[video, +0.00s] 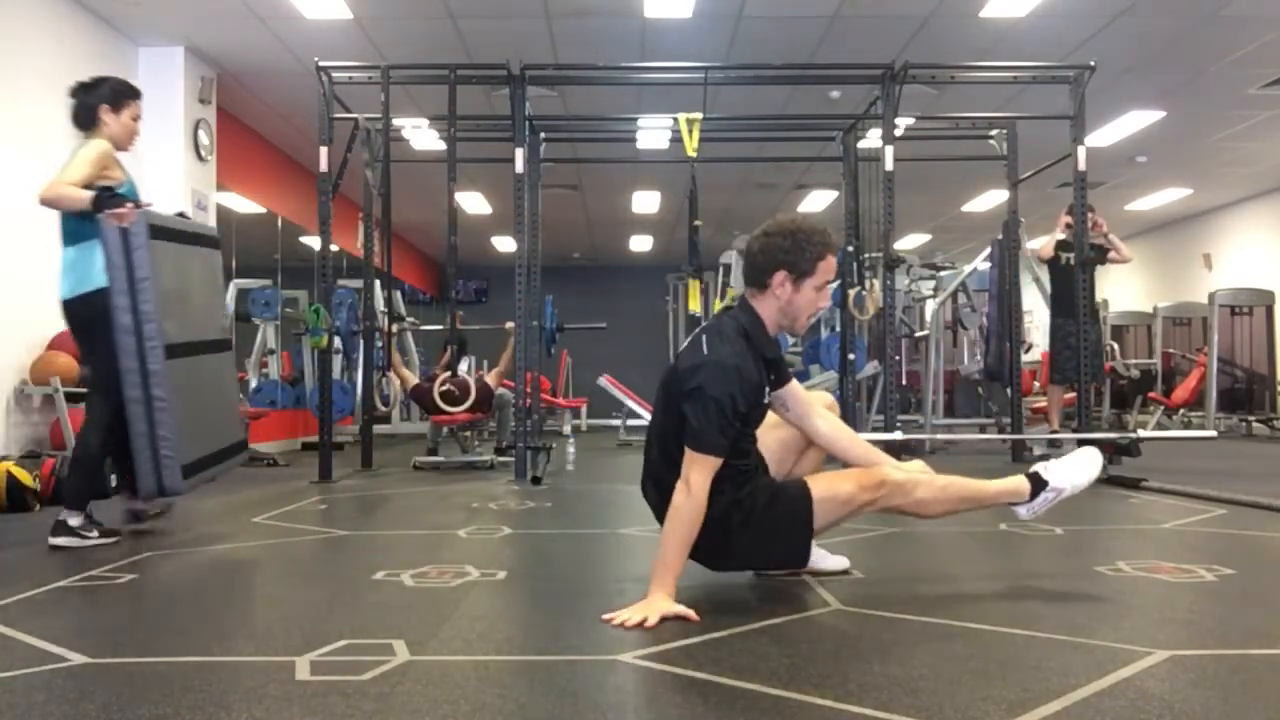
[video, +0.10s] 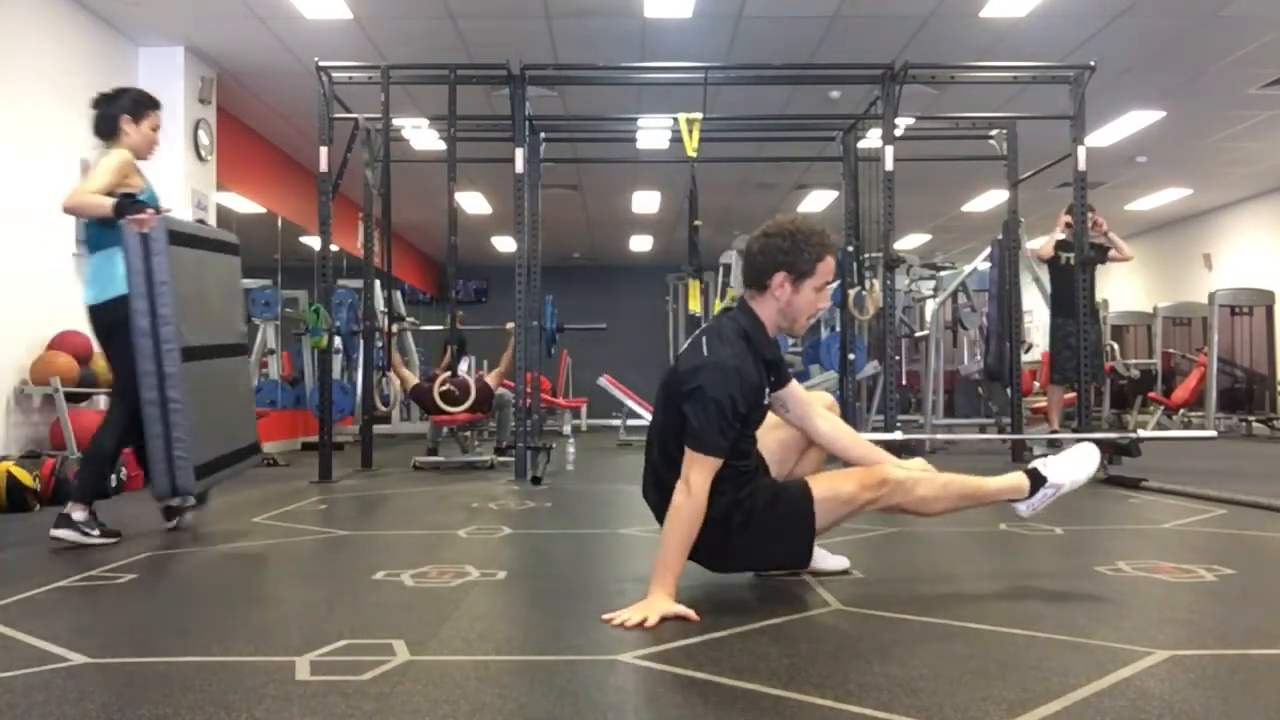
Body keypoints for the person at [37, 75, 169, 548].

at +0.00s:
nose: (138, 127)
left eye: (139, 118)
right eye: (133, 117)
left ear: (104, 115)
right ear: (106, 114)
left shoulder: (104, 158)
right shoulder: (97, 149)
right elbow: (52, 193)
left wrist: (131, 209)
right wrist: (102, 205)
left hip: (101, 294)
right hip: (94, 294)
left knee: (122, 396)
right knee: (108, 397)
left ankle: (136, 500)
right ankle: (72, 515)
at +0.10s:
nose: (157, 137)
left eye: (158, 129)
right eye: (153, 127)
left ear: (123, 126)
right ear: (126, 124)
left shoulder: (123, 168)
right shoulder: (119, 159)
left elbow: (102, 229)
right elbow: (75, 201)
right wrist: (124, 212)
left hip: (120, 301)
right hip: (119, 300)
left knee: (143, 400)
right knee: (129, 401)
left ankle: (169, 496)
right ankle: (77, 511)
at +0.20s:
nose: (181, 146)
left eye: (183, 138)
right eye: (177, 136)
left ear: (150, 136)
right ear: (152, 134)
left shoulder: (152, 176)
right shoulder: (145, 169)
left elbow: (122, 221)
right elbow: (104, 211)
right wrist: (146, 220)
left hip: (149, 304)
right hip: (148, 305)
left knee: (164, 407)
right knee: (167, 407)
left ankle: (182, 503)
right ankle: (106, 486)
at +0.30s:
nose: (204, 152)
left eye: (205, 143)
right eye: (200, 141)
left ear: (177, 139)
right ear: (173, 137)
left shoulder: (174, 179)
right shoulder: (163, 172)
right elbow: (120, 214)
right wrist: (158, 226)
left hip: (168, 299)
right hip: (162, 300)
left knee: (170, 393)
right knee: (173, 390)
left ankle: (179, 499)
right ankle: (153, 475)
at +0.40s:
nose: (224, 152)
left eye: (225, 144)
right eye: (220, 143)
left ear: (199, 142)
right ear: (195, 139)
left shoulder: (197, 183)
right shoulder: (180, 175)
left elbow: (214, 235)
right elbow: (136, 215)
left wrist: (267, 222)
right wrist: (170, 228)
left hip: (194, 304)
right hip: (176, 305)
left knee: (190, 396)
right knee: (182, 396)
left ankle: (189, 495)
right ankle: (181, 495)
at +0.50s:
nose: (244, 157)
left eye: (245, 150)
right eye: (240, 148)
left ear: (217, 147)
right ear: (216, 145)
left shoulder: (215, 189)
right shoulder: (199, 181)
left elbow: (234, 230)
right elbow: (154, 220)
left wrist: (280, 225)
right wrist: (186, 236)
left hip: (216, 308)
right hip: (194, 309)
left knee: (238, 396)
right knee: (190, 400)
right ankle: (182, 497)